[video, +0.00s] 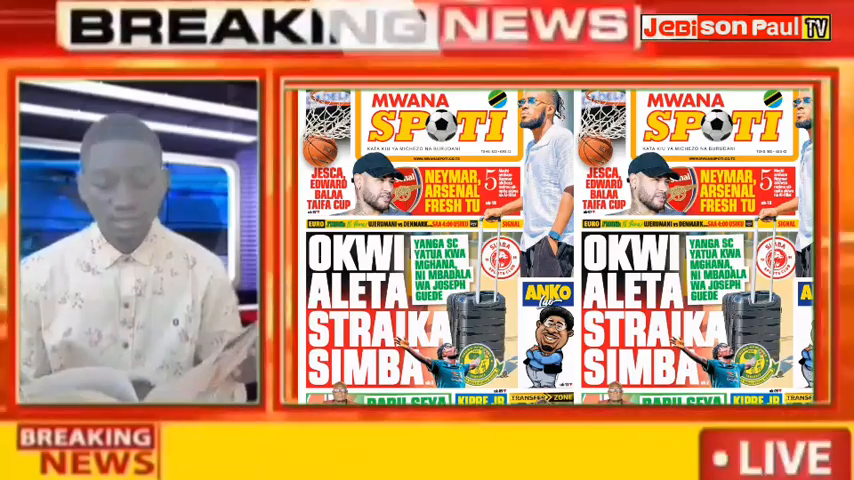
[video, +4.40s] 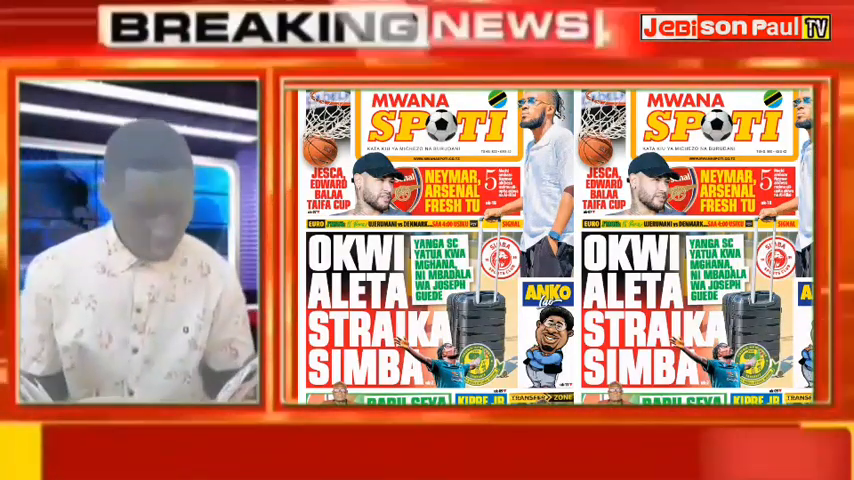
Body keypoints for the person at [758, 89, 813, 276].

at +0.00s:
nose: (799, 108)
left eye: (806, 101)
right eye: (797, 103)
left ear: (820, 107)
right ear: (794, 109)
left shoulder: (826, 148)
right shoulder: (806, 149)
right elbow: (805, 197)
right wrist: (776, 211)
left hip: (819, 240)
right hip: (803, 239)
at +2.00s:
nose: (799, 107)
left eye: (807, 101)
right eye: (797, 102)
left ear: (821, 107)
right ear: (794, 109)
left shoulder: (826, 149)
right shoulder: (806, 149)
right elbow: (805, 196)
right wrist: (777, 210)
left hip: (819, 240)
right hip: (804, 239)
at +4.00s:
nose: (799, 107)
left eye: (806, 101)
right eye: (797, 103)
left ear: (820, 107)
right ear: (794, 109)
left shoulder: (827, 148)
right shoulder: (806, 149)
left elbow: (833, 192)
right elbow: (805, 196)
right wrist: (777, 211)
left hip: (820, 239)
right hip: (804, 239)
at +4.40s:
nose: (800, 107)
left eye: (806, 101)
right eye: (797, 103)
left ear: (820, 107)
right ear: (794, 110)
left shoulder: (827, 148)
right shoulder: (806, 149)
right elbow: (804, 196)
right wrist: (777, 211)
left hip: (820, 239)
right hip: (804, 239)